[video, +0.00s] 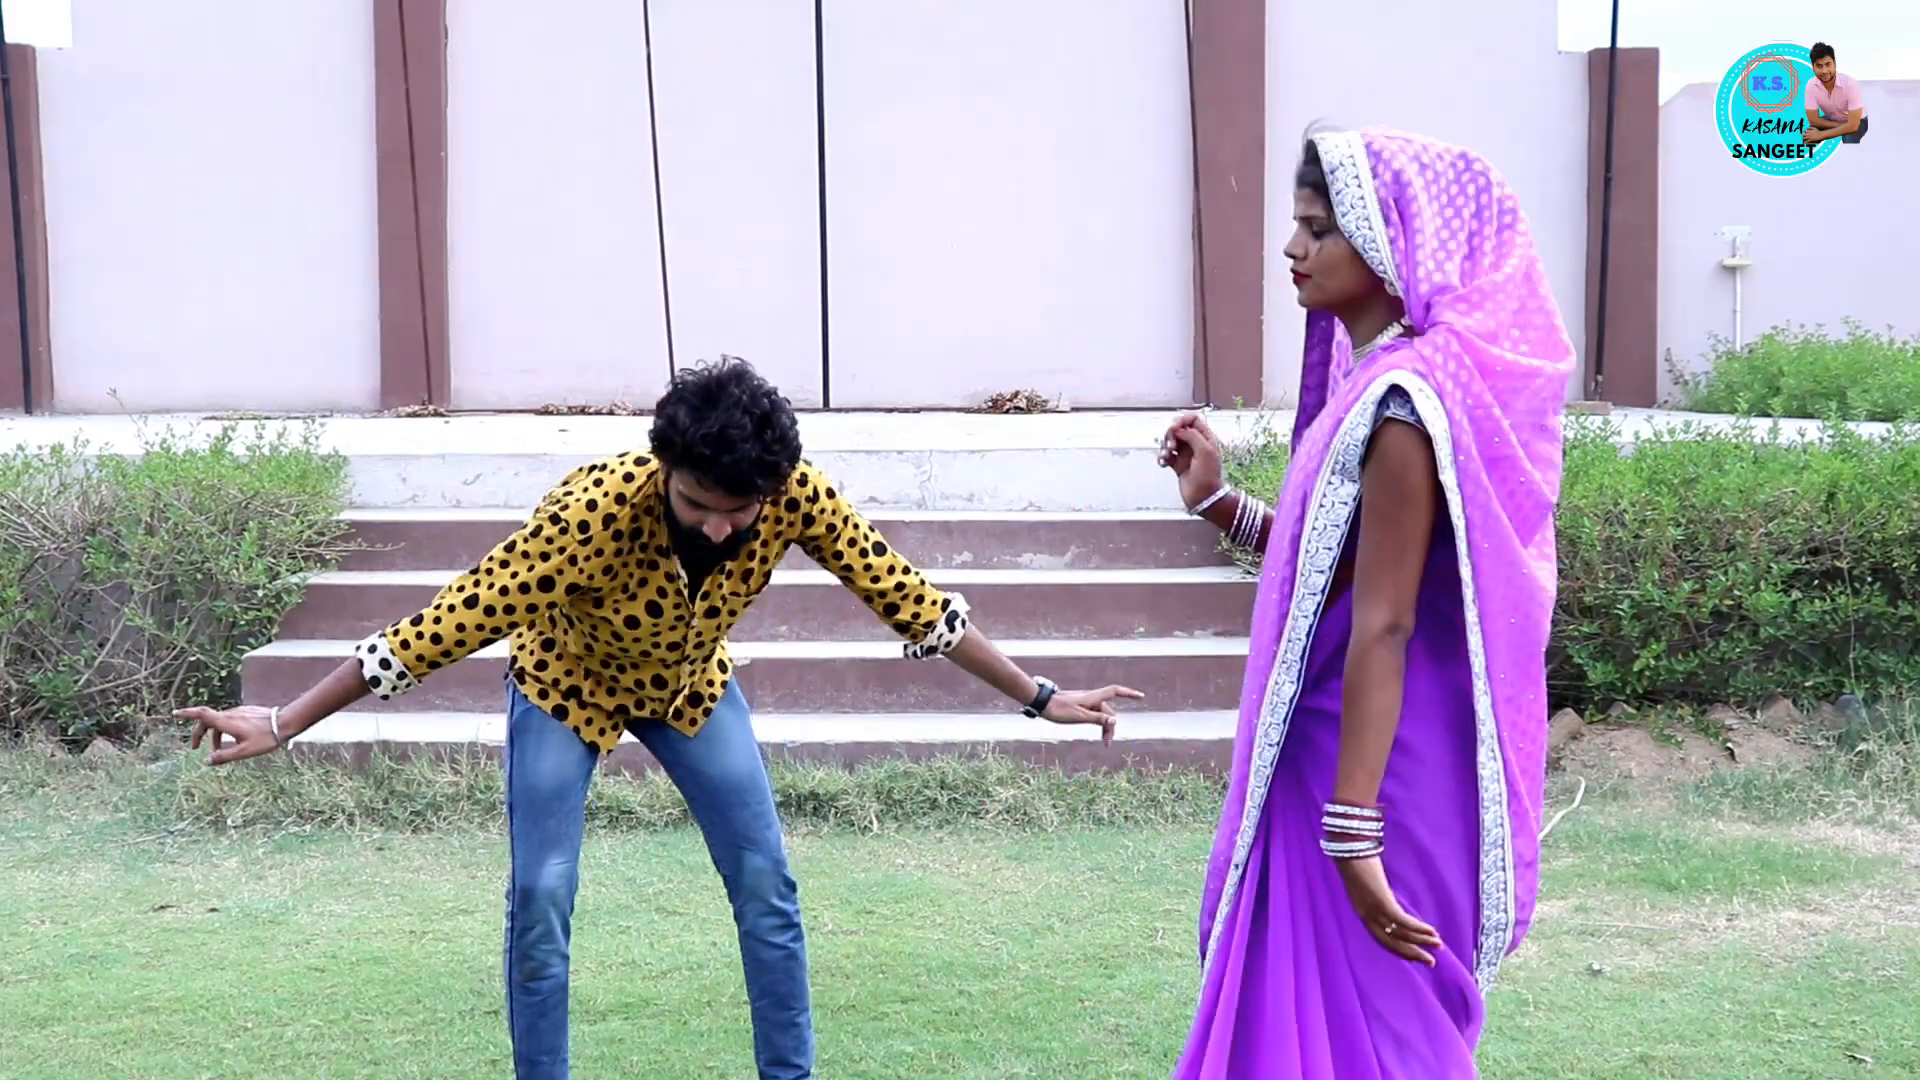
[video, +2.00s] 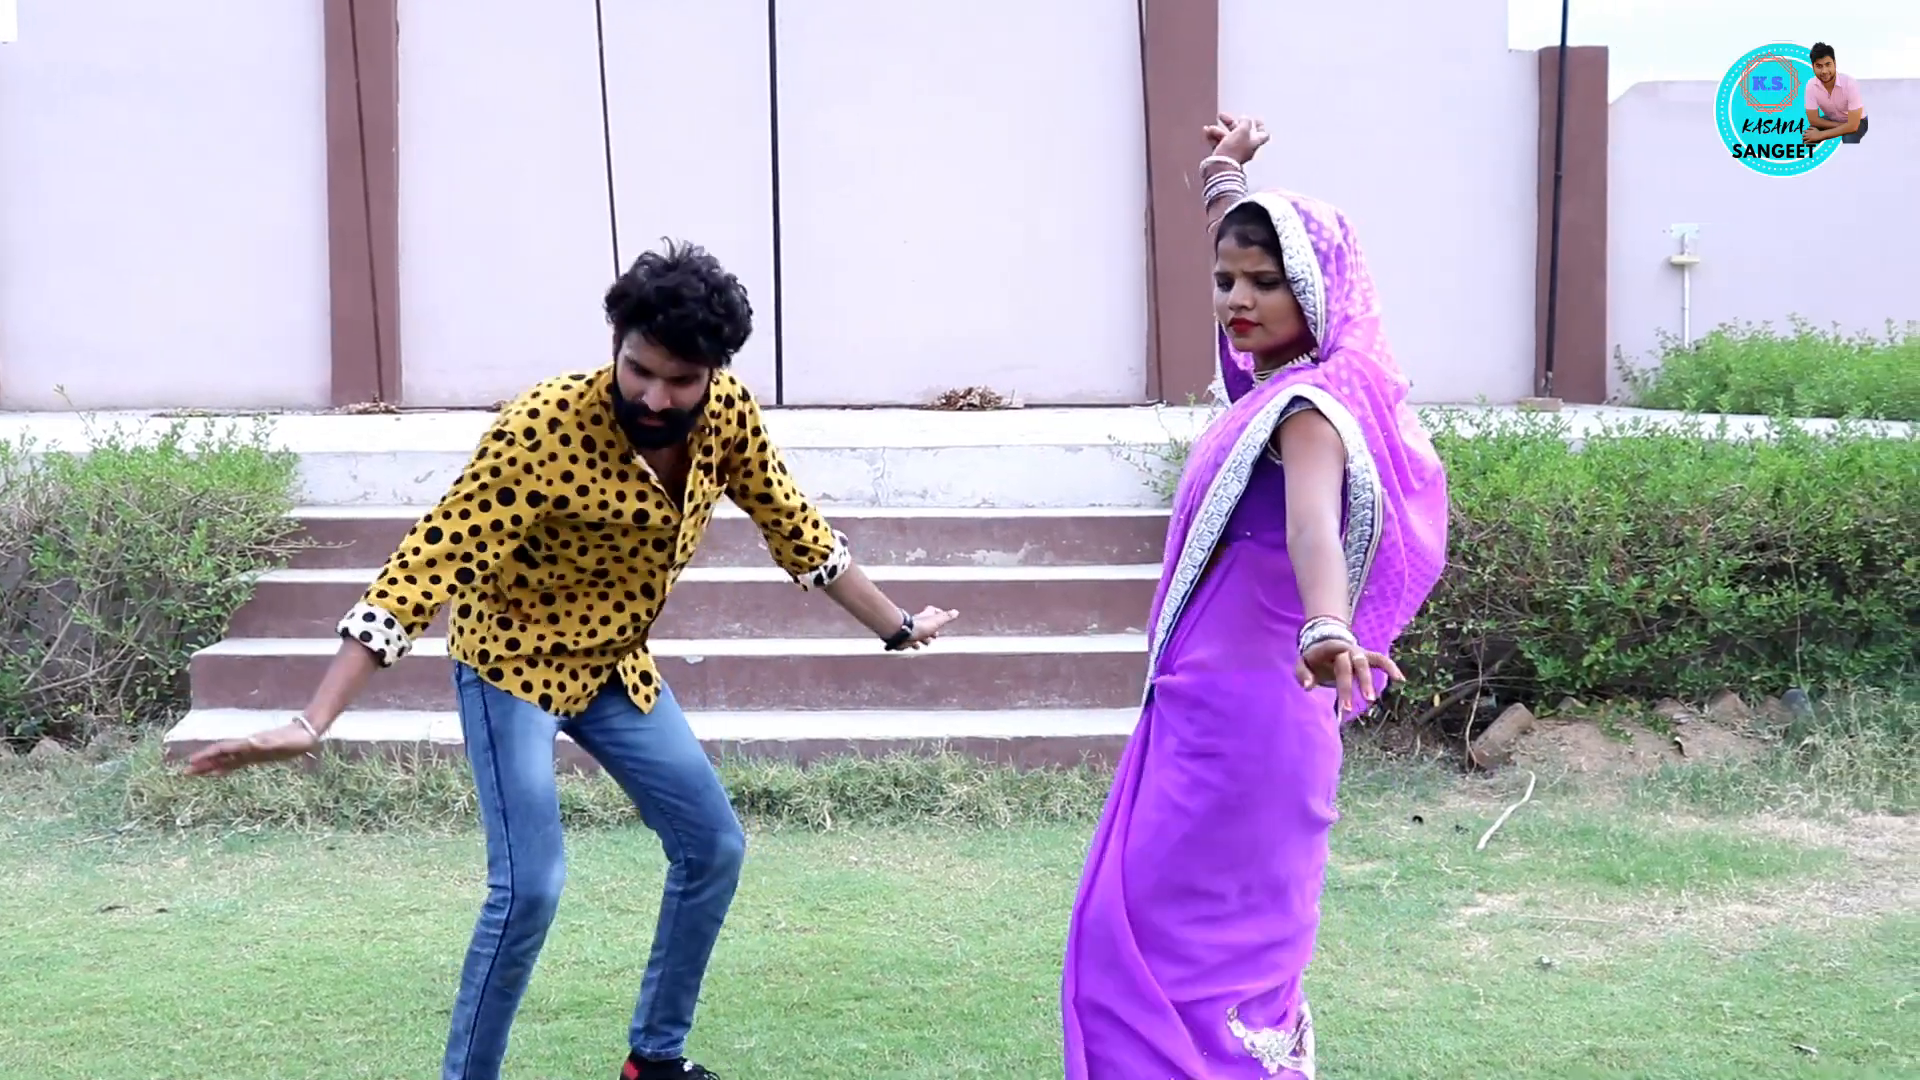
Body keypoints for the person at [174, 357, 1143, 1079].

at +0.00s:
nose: (724, 523)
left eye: (742, 506)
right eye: (706, 503)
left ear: (769, 482)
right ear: (666, 469)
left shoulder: (791, 492)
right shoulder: (596, 510)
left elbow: (904, 595)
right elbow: (451, 620)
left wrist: (1035, 697)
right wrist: (284, 722)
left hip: (688, 680)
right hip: (561, 683)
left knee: (767, 880)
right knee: (539, 897)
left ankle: (788, 1069)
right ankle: (542, 1074)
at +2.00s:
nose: (655, 396)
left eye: (680, 380)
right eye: (640, 370)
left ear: (714, 369)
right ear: (615, 344)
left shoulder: (726, 419)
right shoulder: (546, 427)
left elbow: (799, 532)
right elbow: (427, 560)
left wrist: (895, 626)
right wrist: (315, 719)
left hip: (611, 662)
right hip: (503, 659)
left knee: (713, 845)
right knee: (529, 888)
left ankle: (656, 1059)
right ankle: (468, 1073)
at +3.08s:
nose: (390, 198)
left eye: (403, 181)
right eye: (361, 190)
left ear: (433, 203)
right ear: (332, 228)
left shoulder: (477, 333)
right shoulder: (336, 335)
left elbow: (617, 360)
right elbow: (274, 404)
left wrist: (775, 353)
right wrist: (205, 452)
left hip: (517, 661)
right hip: (407, 672)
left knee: (599, 854)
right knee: (394, 915)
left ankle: (557, 1059)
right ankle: (353, 1069)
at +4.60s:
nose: (621, 212)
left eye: (615, 194)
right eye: (604, 198)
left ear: (555, 218)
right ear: (546, 220)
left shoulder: (602, 297)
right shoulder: (495, 349)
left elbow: (696, 258)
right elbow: (444, 501)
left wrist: (803, 208)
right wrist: (457, 567)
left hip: (629, 648)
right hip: (550, 660)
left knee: (701, 833)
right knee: (554, 893)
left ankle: (676, 1059)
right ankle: (495, 1071)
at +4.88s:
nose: (708, 250)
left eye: (703, 231)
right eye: (694, 233)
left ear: (644, 248)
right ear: (650, 251)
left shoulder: (648, 330)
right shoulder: (567, 393)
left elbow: (708, 293)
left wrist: (787, 217)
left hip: (688, 652)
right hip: (622, 674)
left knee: (770, 831)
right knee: (629, 906)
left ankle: (703, 1058)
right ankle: (534, 1071)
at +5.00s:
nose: (745, 246)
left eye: (744, 228)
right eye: (736, 228)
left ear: (672, 236)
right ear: (692, 242)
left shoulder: (660, 310)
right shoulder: (633, 384)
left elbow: (712, 242)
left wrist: (775, 149)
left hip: (697, 636)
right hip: (655, 655)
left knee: (766, 824)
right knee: (626, 890)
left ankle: (709, 1060)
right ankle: (528, 1070)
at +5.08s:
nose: (777, 245)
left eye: (775, 228)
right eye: (773, 230)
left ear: (687, 236)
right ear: (743, 247)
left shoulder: (650, 296)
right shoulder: (711, 400)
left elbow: (684, 192)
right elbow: (748, 587)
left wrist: (771, 101)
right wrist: (847, 659)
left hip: (677, 629)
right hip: (688, 650)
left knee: (761, 833)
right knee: (646, 883)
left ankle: (707, 1065)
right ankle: (530, 1068)